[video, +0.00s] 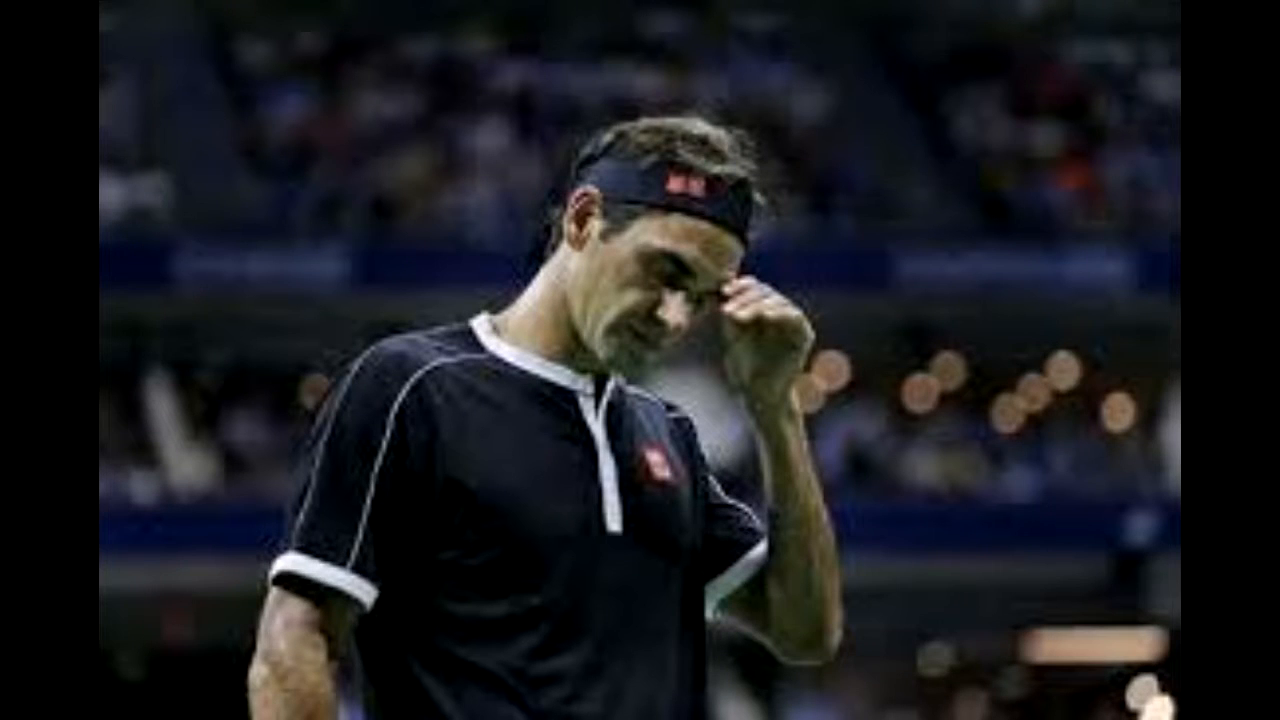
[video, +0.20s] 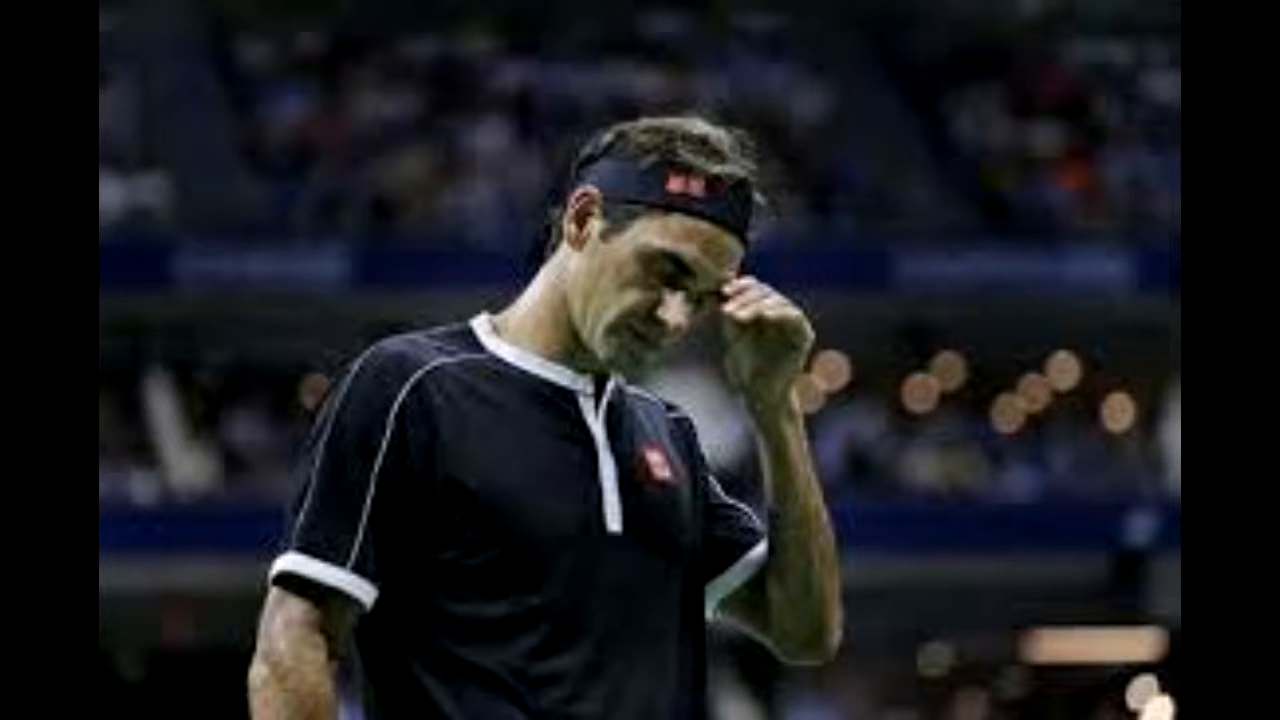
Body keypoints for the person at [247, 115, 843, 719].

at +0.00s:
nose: (675, 318)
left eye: (701, 299)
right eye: (665, 273)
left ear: (718, 301)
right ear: (584, 220)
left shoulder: (664, 436)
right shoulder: (404, 386)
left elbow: (805, 633)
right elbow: (292, 641)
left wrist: (776, 409)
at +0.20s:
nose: (675, 317)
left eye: (701, 299)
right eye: (664, 272)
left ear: (718, 301)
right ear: (584, 221)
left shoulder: (664, 435)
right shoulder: (404, 386)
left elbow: (805, 633)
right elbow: (292, 641)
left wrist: (776, 410)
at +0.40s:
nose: (675, 317)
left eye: (701, 299)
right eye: (664, 272)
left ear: (718, 301)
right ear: (584, 221)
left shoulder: (664, 436)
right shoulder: (404, 386)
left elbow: (805, 633)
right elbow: (292, 641)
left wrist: (776, 410)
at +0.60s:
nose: (675, 317)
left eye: (701, 299)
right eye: (664, 272)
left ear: (718, 301)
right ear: (584, 221)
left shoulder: (664, 436)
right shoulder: (404, 386)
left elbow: (805, 633)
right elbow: (292, 641)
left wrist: (776, 410)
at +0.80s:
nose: (675, 317)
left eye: (701, 299)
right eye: (664, 272)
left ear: (718, 301)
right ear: (584, 221)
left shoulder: (664, 436)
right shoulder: (404, 386)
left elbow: (805, 633)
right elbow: (292, 641)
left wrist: (776, 410)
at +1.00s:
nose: (675, 318)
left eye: (702, 299)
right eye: (665, 273)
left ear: (720, 301)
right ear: (584, 221)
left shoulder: (664, 435)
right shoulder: (404, 386)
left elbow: (805, 633)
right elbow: (292, 642)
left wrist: (776, 410)